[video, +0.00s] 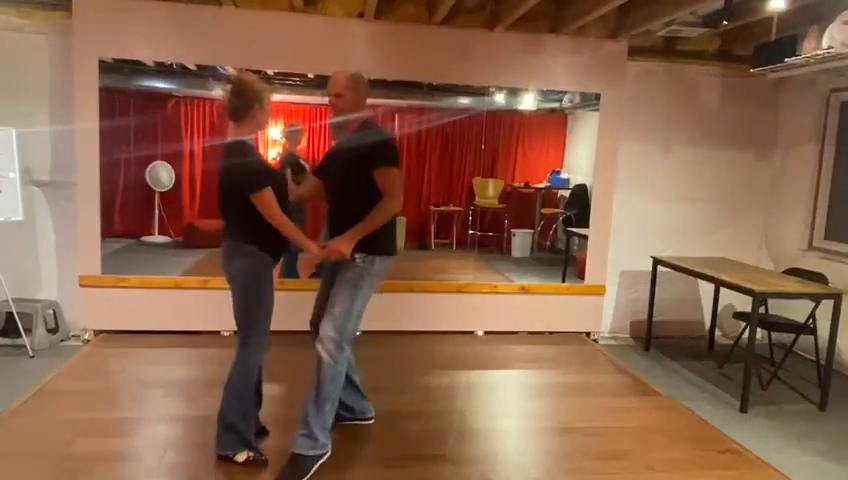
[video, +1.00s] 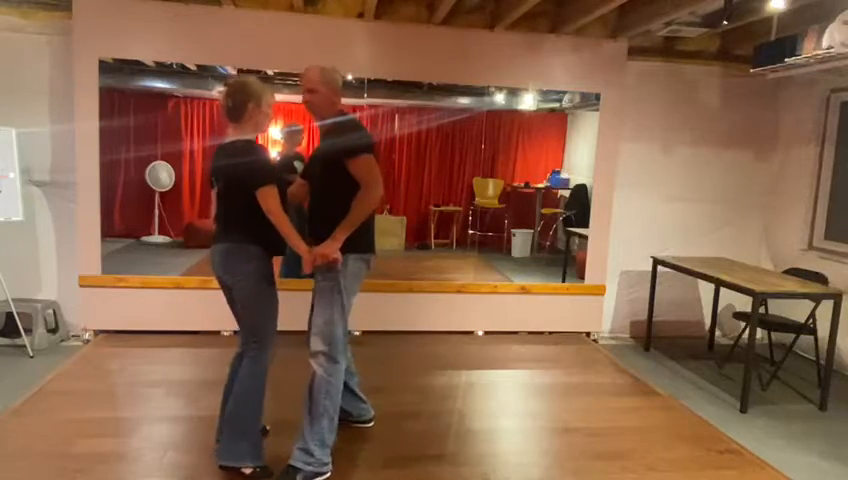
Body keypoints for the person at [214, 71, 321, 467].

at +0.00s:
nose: (271, 115)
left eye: (269, 108)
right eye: (268, 108)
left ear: (233, 110)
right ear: (258, 111)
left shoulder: (237, 153)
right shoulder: (247, 159)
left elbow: (271, 197)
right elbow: (274, 216)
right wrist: (313, 246)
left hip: (245, 253)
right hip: (251, 257)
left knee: (253, 341)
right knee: (252, 345)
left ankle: (247, 421)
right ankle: (232, 440)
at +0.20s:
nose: (268, 115)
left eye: (267, 108)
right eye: (266, 108)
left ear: (234, 111)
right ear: (253, 110)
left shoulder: (237, 152)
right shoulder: (243, 156)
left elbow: (273, 196)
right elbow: (269, 211)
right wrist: (306, 246)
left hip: (248, 255)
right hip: (248, 257)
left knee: (257, 344)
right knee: (259, 347)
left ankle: (246, 419)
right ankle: (232, 440)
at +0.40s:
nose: (266, 116)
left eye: (266, 109)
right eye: (263, 109)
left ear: (233, 113)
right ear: (249, 112)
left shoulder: (230, 154)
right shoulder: (243, 157)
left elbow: (266, 198)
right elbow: (268, 215)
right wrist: (306, 251)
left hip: (238, 256)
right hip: (246, 260)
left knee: (253, 342)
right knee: (273, 344)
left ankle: (237, 426)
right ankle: (236, 435)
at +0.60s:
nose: (267, 118)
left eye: (266, 111)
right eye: (264, 111)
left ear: (230, 115)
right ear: (250, 114)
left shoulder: (226, 155)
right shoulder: (244, 159)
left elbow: (262, 202)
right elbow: (269, 217)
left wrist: (296, 196)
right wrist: (305, 252)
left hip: (230, 258)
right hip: (243, 262)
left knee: (254, 343)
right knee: (274, 342)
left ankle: (235, 430)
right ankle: (238, 435)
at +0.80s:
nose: (269, 118)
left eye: (269, 111)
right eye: (266, 111)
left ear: (233, 114)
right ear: (251, 113)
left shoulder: (222, 155)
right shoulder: (250, 157)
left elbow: (224, 210)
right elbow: (270, 214)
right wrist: (305, 251)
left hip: (222, 257)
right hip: (244, 260)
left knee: (250, 345)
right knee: (272, 344)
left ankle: (230, 440)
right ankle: (243, 443)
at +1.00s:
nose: (271, 116)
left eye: (270, 109)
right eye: (268, 109)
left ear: (234, 111)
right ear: (253, 110)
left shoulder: (224, 152)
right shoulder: (255, 154)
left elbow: (218, 210)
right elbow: (273, 210)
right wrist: (305, 250)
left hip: (227, 250)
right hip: (248, 254)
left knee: (252, 342)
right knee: (259, 347)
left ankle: (236, 429)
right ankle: (237, 452)